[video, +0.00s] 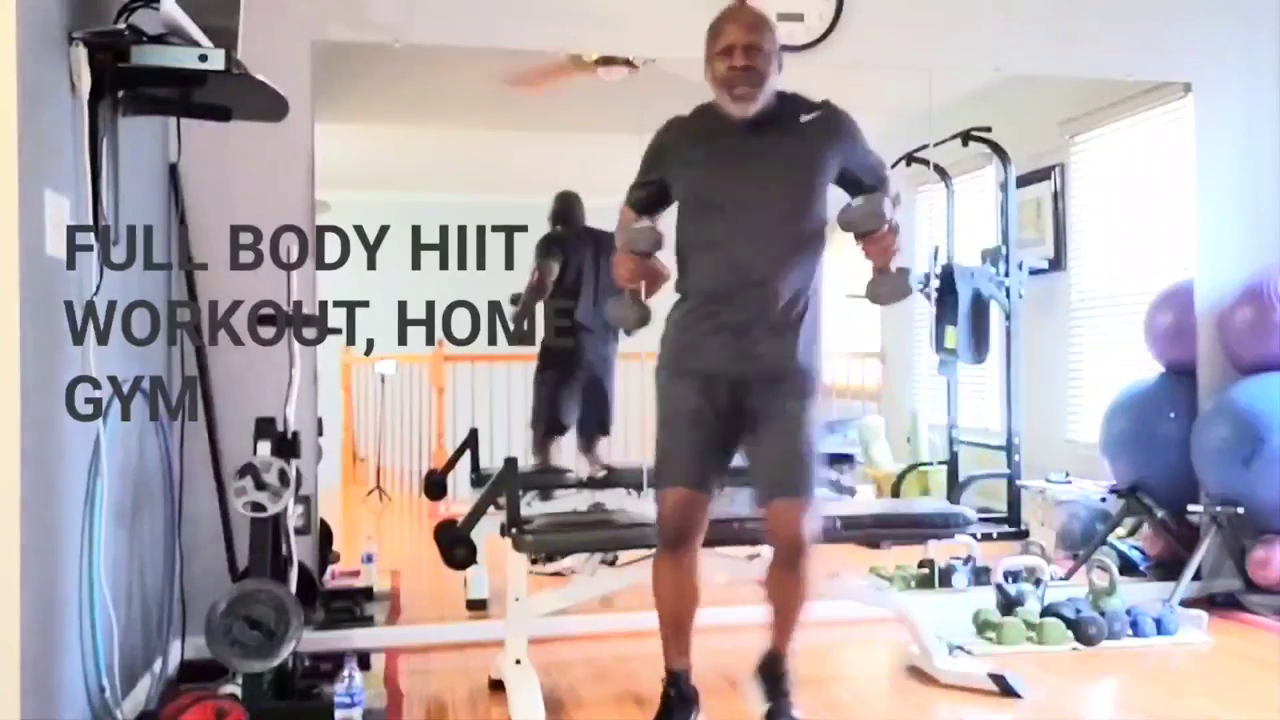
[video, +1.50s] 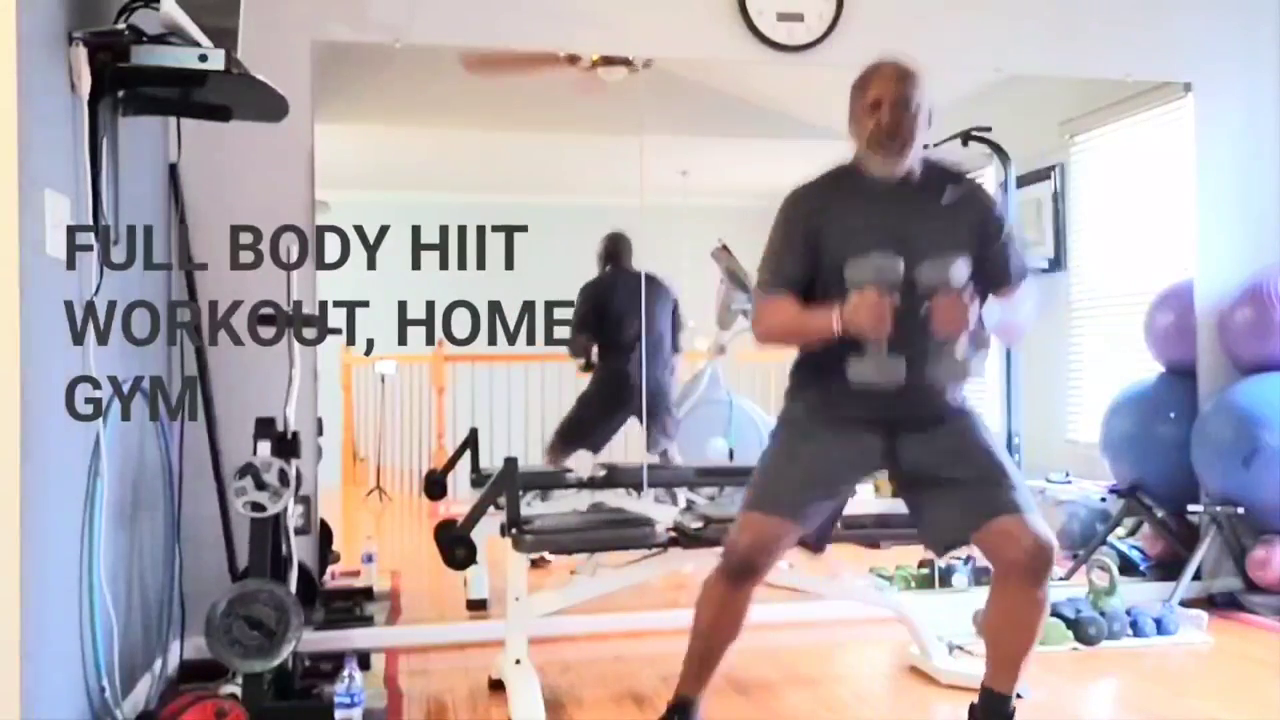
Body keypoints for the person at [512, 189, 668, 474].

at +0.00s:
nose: (554, 221)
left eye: (555, 215)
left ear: (555, 215)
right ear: (582, 213)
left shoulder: (553, 241)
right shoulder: (607, 240)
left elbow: (545, 280)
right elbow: (625, 281)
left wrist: (523, 309)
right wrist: (633, 304)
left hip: (563, 340)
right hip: (600, 339)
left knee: (549, 401)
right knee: (595, 402)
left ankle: (543, 460)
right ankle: (594, 462)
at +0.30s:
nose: (546, 218)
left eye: (547, 213)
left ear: (548, 214)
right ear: (577, 212)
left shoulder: (545, 243)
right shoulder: (601, 240)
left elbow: (523, 292)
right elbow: (623, 280)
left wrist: (519, 329)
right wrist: (610, 315)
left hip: (568, 346)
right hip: (607, 347)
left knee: (546, 433)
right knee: (607, 426)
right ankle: (620, 468)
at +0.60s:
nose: (572, 269)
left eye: (572, 265)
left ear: (571, 266)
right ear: (598, 266)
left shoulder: (566, 299)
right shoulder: (626, 299)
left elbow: (551, 352)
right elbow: (638, 348)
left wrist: (547, 369)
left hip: (587, 397)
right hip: (631, 396)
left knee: (536, 459)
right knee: (637, 462)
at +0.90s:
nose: (593, 232)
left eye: (595, 228)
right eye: (595, 228)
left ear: (599, 227)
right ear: (625, 226)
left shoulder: (600, 255)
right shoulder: (659, 254)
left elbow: (591, 303)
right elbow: (692, 301)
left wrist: (570, 321)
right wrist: (664, 314)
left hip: (617, 356)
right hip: (657, 357)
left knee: (580, 434)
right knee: (659, 436)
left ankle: (578, 496)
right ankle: (676, 498)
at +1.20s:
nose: (607, 230)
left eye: (608, 226)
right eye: (608, 226)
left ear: (613, 226)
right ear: (640, 225)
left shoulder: (611, 252)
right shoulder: (669, 252)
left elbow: (602, 287)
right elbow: (717, 283)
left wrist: (581, 319)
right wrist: (685, 305)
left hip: (629, 362)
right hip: (671, 364)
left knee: (592, 439)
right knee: (668, 443)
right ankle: (685, 506)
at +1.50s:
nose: (602, 258)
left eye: (602, 254)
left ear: (603, 256)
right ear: (630, 256)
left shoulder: (595, 289)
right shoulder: (660, 289)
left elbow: (579, 345)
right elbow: (674, 347)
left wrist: (586, 358)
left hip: (613, 384)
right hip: (656, 383)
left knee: (557, 452)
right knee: (669, 451)